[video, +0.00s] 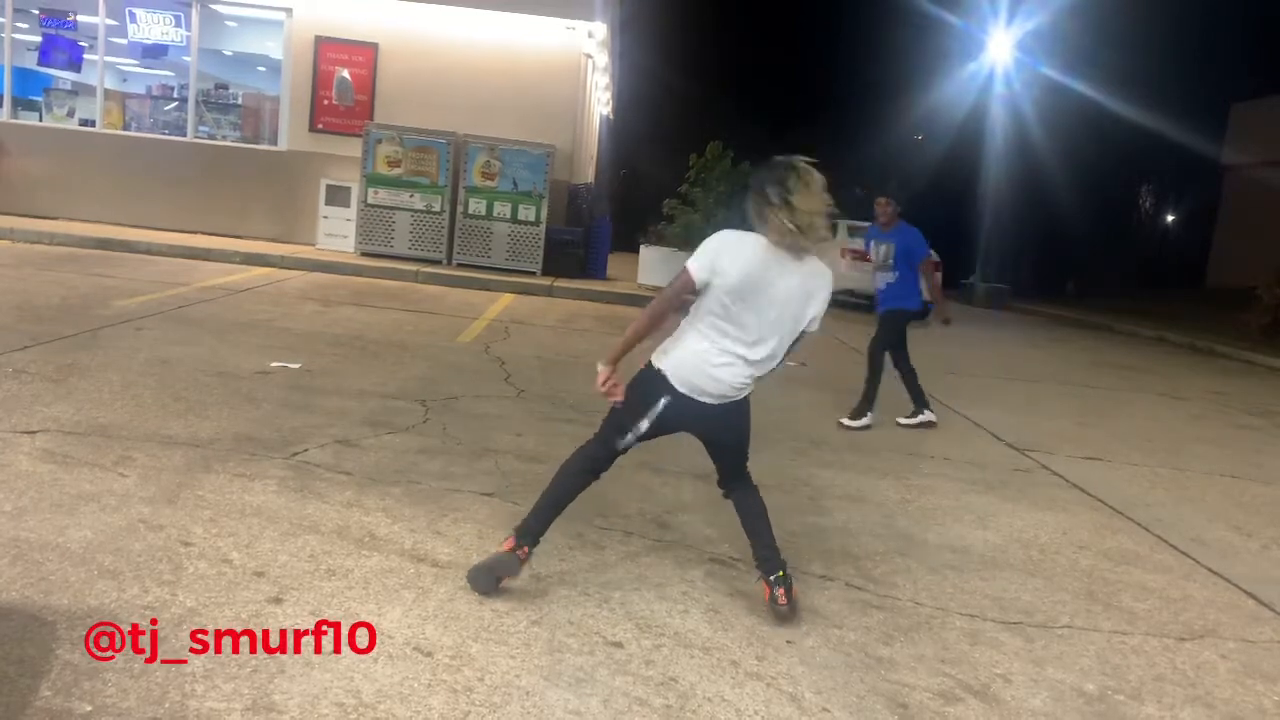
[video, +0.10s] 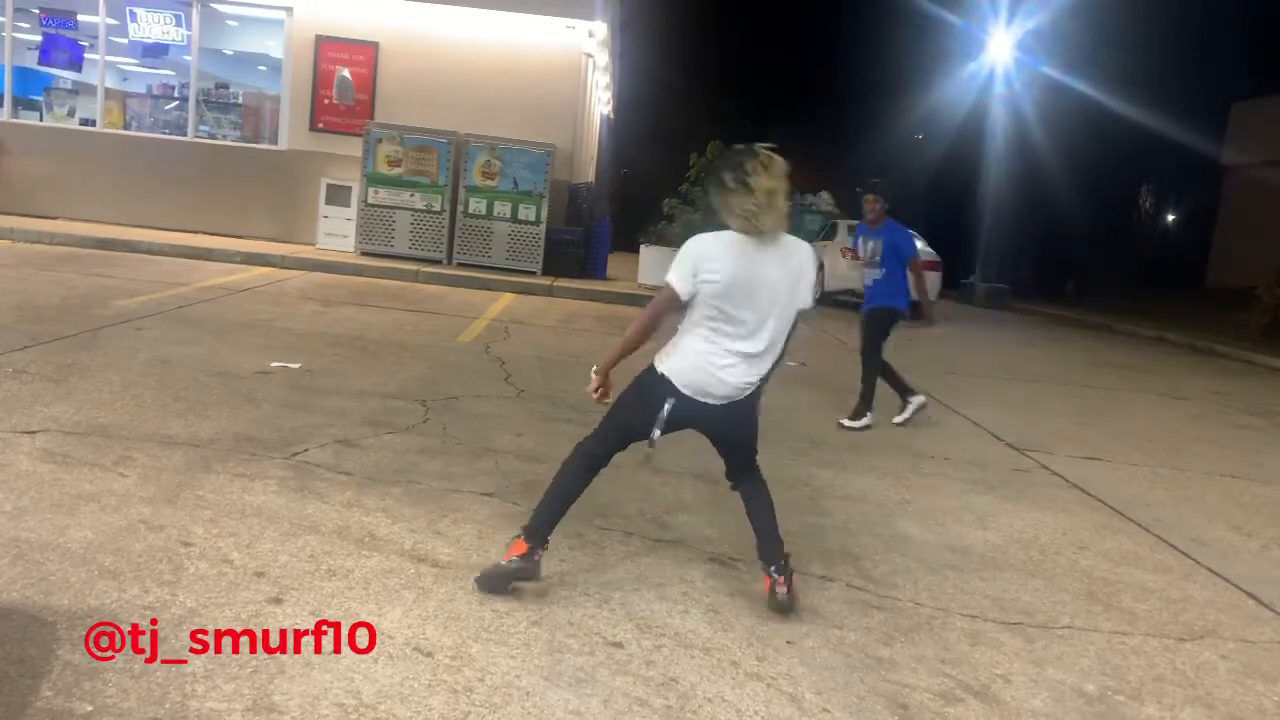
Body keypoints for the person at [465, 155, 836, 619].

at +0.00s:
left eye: (757, 196)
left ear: (761, 202)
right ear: (813, 212)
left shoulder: (728, 244)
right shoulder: (818, 278)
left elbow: (665, 304)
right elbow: (784, 351)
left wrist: (613, 359)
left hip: (668, 388)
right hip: (729, 406)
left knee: (595, 456)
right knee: (738, 480)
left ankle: (518, 546)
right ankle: (777, 581)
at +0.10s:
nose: (731, 201)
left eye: (730, 192)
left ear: (727, 197)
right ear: (780, 200)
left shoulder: (704, 248)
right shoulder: (803, 258)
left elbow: (652, 318)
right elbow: (787, 332)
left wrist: (607, 364)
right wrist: (758, 381)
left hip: (670, 386)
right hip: (737, 403)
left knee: (597, 449)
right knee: (747, 473)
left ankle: (529, 545)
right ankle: (779, 574)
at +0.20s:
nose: (679, 198)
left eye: (683, 189)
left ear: (691, 191)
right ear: (745, 190)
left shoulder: (675, 252)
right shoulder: (771, 244)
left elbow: (647, 334)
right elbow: (774, 332)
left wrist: (614, 372)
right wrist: (766, 394)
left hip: (670, 389)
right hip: (734, 398)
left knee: (594, 447)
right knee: (747, 466)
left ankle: (546, 548)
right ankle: (781, 561)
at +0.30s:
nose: (626, 215)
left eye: (631, 207)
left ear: (641, 208)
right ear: (692, 206)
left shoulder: (634, 263)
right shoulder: (722, 257)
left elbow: (643, 343)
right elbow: (751, 339)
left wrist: (664, 383)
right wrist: (770, 407)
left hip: (661, 401)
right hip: (717, 405)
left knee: (621, 480)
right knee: (704, 494)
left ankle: (554, 572)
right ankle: (782, 580)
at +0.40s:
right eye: (717, 197)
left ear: (661, 193)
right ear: (709, 198)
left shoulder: (637, 238)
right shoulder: (725, 248)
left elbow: (632, 323)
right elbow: (757, 335)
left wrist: (662, 346)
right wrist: (774, 397)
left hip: (658, 391)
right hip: (723, 395)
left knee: (598, 460)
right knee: (748, 468)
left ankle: (552, 563)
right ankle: (793, 566)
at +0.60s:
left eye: (718, 160)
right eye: (786, 184)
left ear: (727, 165)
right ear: (779, 184)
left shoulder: (695, 205)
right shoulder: (778, 241)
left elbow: (641, 270)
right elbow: (782, 330)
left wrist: (603, 260)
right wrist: (786, 380)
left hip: (673, 374)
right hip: (731, 381)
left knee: (632, 453)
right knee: (734, 464)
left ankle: (597, 548)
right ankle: (787, 559)